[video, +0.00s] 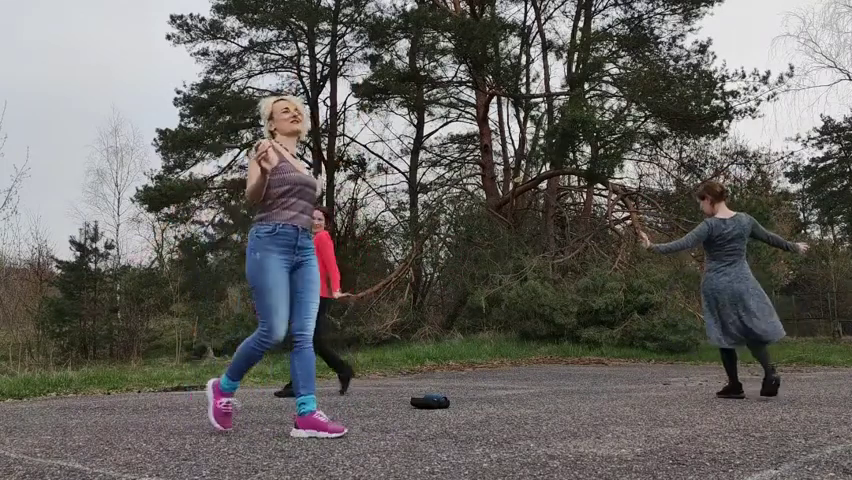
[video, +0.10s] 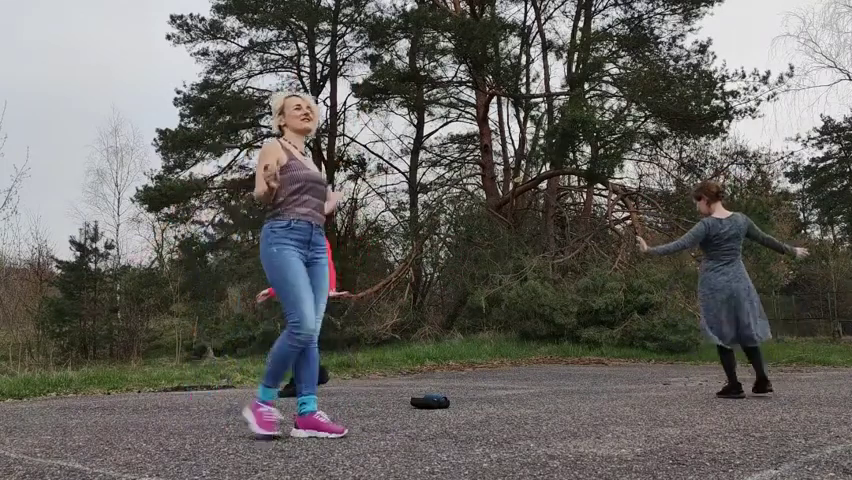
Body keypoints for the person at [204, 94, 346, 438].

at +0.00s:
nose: (293, 114)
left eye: (297, 110)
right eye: (284, 110)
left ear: (304, 120)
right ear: (270, 122)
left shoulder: (303, 161)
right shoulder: (264, 151)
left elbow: (296, 210)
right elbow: (252, 198)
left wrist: (313, 216)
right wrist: (263, 171)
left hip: (305, 247)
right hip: (269, 243)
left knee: (304, 334)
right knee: (272, 331)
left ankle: (306, 414)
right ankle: (223, 389)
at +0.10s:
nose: (304, 110)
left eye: (308, 106)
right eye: (296, 107)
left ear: (315, 118)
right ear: (282, 119)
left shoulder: (311, 163)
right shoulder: (274, 147)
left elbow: (314, 213)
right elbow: (261, 196)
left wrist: (331, 202)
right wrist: (269, 182)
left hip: (316, 242)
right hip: (282, 238)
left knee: (312, 330)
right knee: (302, 326)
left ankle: (307, 413)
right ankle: (263, 403)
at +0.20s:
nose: (317, 112)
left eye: (321, 108)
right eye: (309, 107)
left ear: (325, 117)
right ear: (292, 116)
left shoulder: (317, 159)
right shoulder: (284, 147)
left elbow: (320, 213)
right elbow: (270, 193)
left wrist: (345, 205)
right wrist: (275, 196)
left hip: (324, 239)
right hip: (294, 236)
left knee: (311, 327)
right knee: (326, 318)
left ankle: (307, 414)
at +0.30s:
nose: (331, 108)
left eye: (333, 104)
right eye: (323, 104)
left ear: (335, 115)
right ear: (305, 114)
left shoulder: (325, 161)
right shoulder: (293, 145)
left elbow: (338, 207)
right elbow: (278, 190)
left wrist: (366, 188)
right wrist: (277, 191)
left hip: (330, 239)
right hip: (303, 235)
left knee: (316, 332)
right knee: (351, 304)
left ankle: (307, 413)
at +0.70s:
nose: (365, 111)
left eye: (364, 105)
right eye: (359, 105)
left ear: (351, 112)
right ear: (341, 111)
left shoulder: (352, 152)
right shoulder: (331, 144)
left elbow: (376, 205)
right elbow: (318, 193)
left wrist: (411, 205)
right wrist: (332, 198)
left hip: (353, 239)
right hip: (355, 237)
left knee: (352, 331)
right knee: (399, 316)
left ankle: (316, 406)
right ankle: (395, 404)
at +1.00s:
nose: (387, 99)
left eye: (384, 95)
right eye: (381, 96)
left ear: (366, 106)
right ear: (366, 105)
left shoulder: (365, 139)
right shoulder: (367, 136)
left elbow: (343, 194)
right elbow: (358, 186)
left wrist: (361, 225)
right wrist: (385, 193)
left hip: (361, 229)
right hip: (372, 229)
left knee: (383, 317)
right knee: (396, 317)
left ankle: (335, 379)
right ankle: (394, 404)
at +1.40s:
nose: (358, 107)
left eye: (356, 102)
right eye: (351, 103)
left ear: (340, 111)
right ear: (333, 111)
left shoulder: (343, 146)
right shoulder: (330, 145)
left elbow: (351, 196)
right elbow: (327, 197)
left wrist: (375, 214)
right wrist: (341, 224)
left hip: (349, 238)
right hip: (349, 239)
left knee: (335, 328)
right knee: (380, 322)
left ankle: (276, 386)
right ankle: (388, 407)